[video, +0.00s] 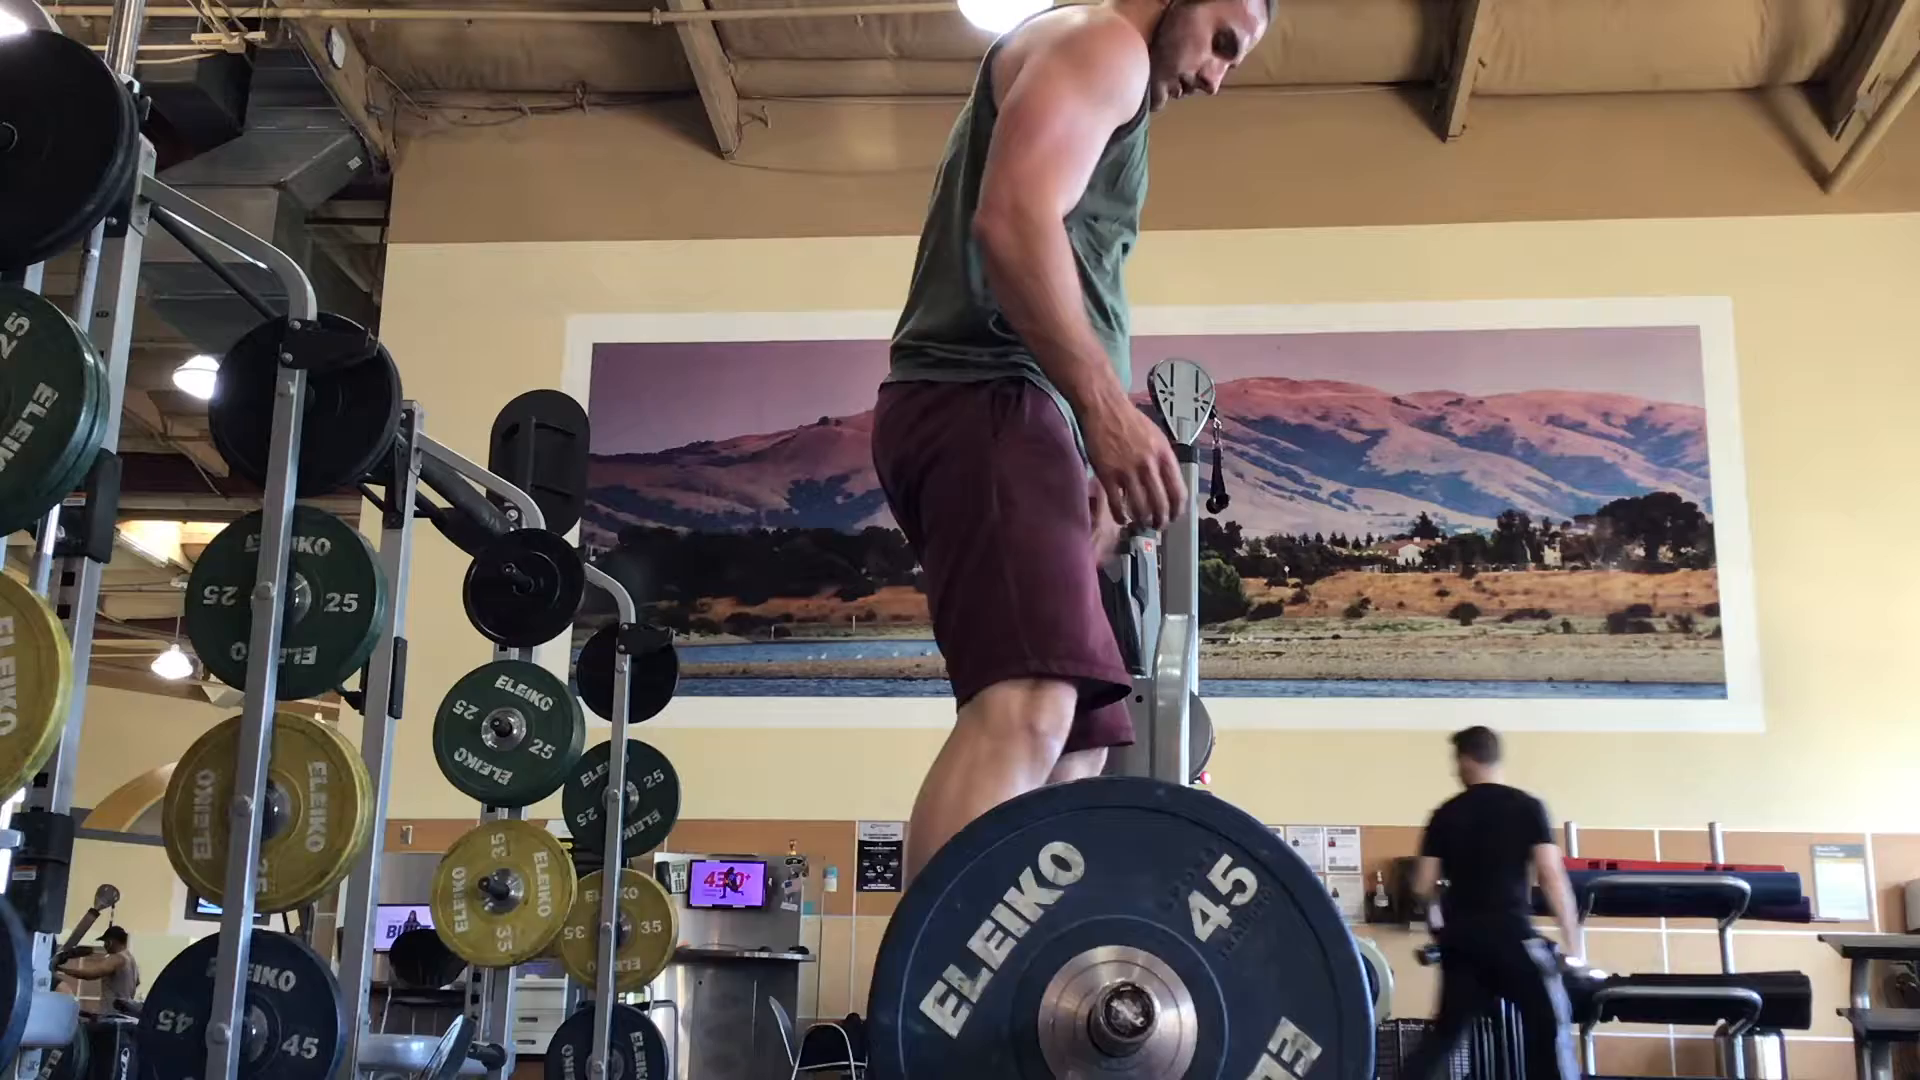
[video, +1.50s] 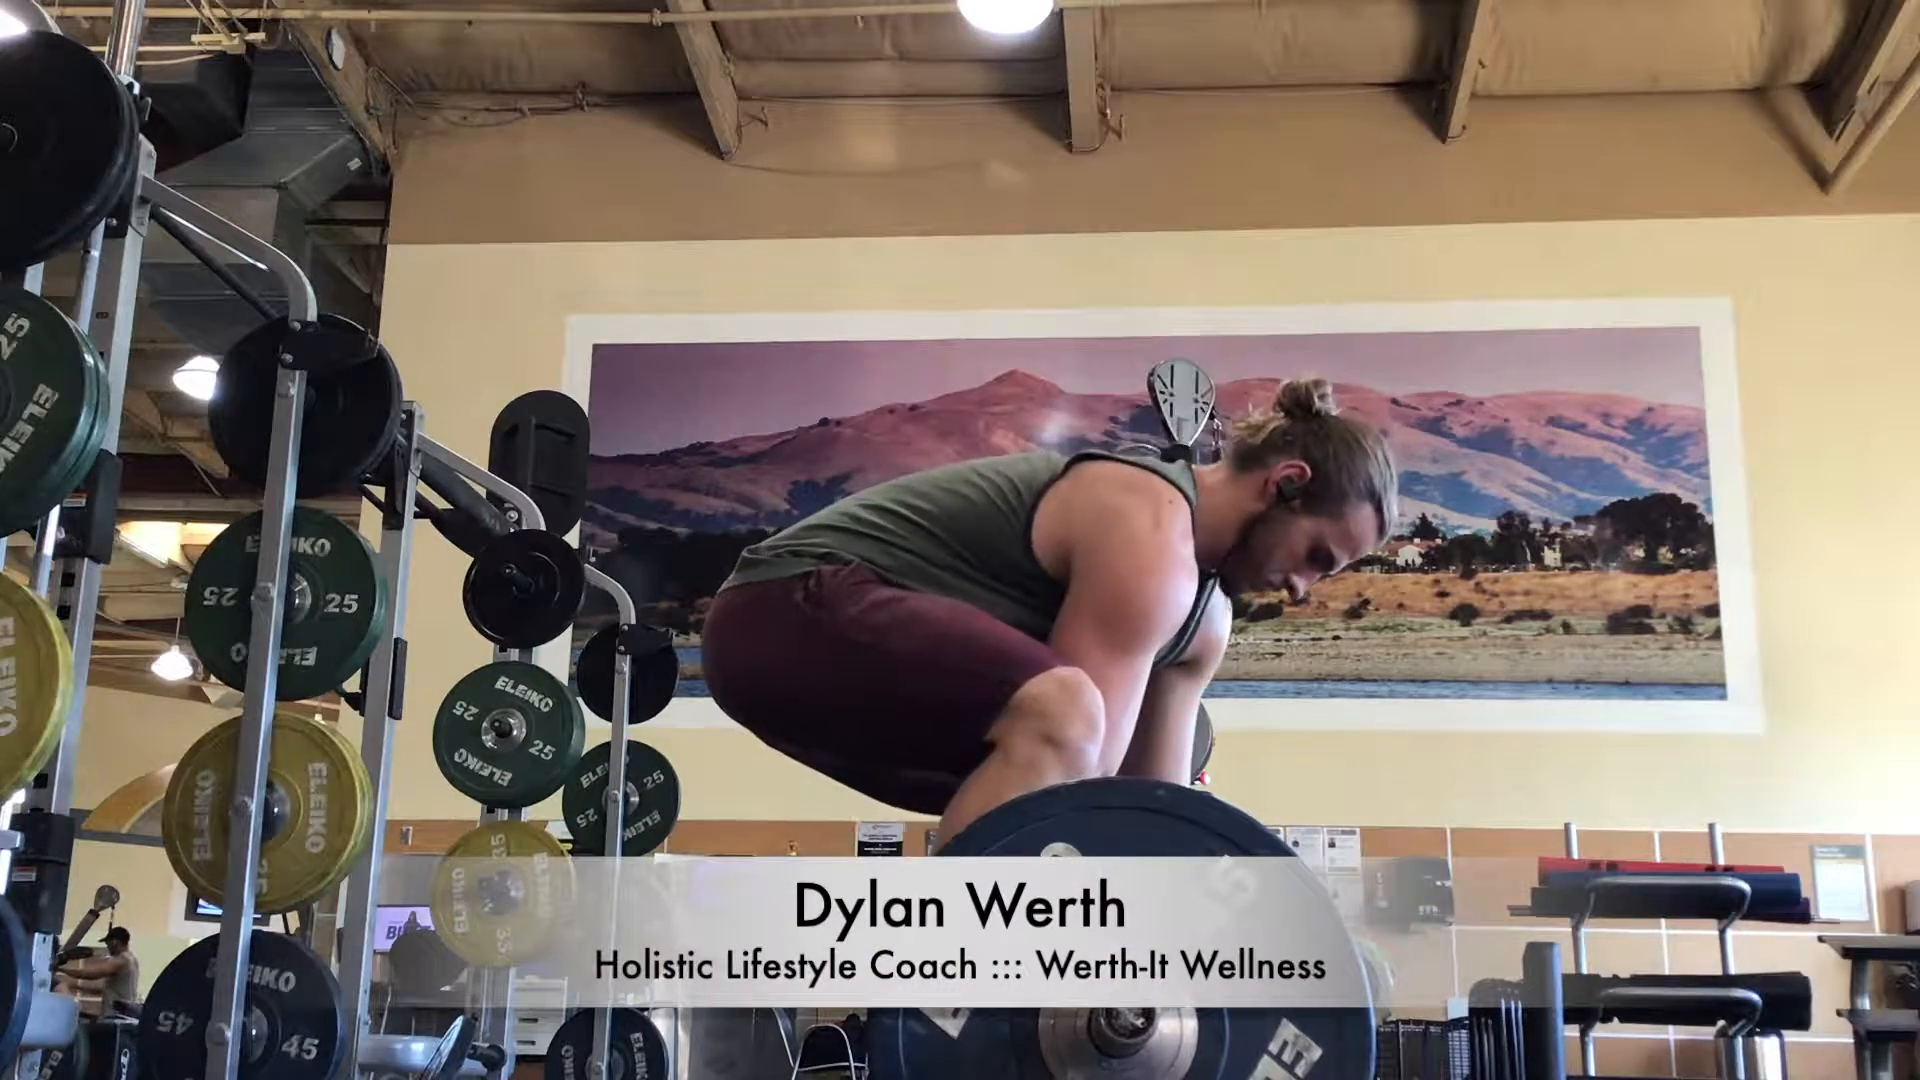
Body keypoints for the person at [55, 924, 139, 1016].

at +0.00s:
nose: (104, 946)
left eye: (106, 942)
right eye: (104, 942)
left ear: (111, 942)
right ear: (122, 942)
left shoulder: (117, 959)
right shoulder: (129, 958)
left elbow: (90, 974)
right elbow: (136, 982)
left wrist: (62, 969)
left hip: (110, 1015)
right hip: (123, 1015)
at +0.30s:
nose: (105, 946)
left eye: (106, 943)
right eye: (104, 943)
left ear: (112, 942)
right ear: (122, 942)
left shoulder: (117, 959)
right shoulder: (131, 960)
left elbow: (89, 975)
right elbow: (148, 982)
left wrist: (62, 969)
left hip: (111, 1015)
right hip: (125, 1015)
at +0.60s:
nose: (107, 945)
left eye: (108, 942)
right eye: (106, 942)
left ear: (114, 942)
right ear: (124, 941)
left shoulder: (118, 960)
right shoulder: (133, 961)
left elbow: (89, 975)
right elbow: (139, 984)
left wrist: (62, 969)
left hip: (111, 1016)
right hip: (127, 1017)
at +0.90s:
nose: (107, 945)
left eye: (109, 942)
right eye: (106, 942)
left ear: (117, 942)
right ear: (124, 942)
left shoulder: (120, 960)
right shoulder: (132, 960)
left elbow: (88, 975)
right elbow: (126, 991)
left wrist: (60, 969)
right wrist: (103, 991)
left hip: (111, 1017)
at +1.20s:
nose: (107, 946)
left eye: (108, 943)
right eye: (106, 943)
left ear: (116, 943)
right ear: (123, 943)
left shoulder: (121, 960)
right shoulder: (131, 960)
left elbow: (89, 974)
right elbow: (111, 989)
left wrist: (61, 969)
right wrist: (81, 991)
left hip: (113, 1017)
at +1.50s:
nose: (107, 947)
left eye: (108, 943)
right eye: (106, 943)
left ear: (116, 943)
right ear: (122, 943)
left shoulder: (121, 960)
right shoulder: (130, 960)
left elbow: (88, 974)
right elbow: (103, 987)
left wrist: (61, 969)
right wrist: (76, 985)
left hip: (113, 1017)